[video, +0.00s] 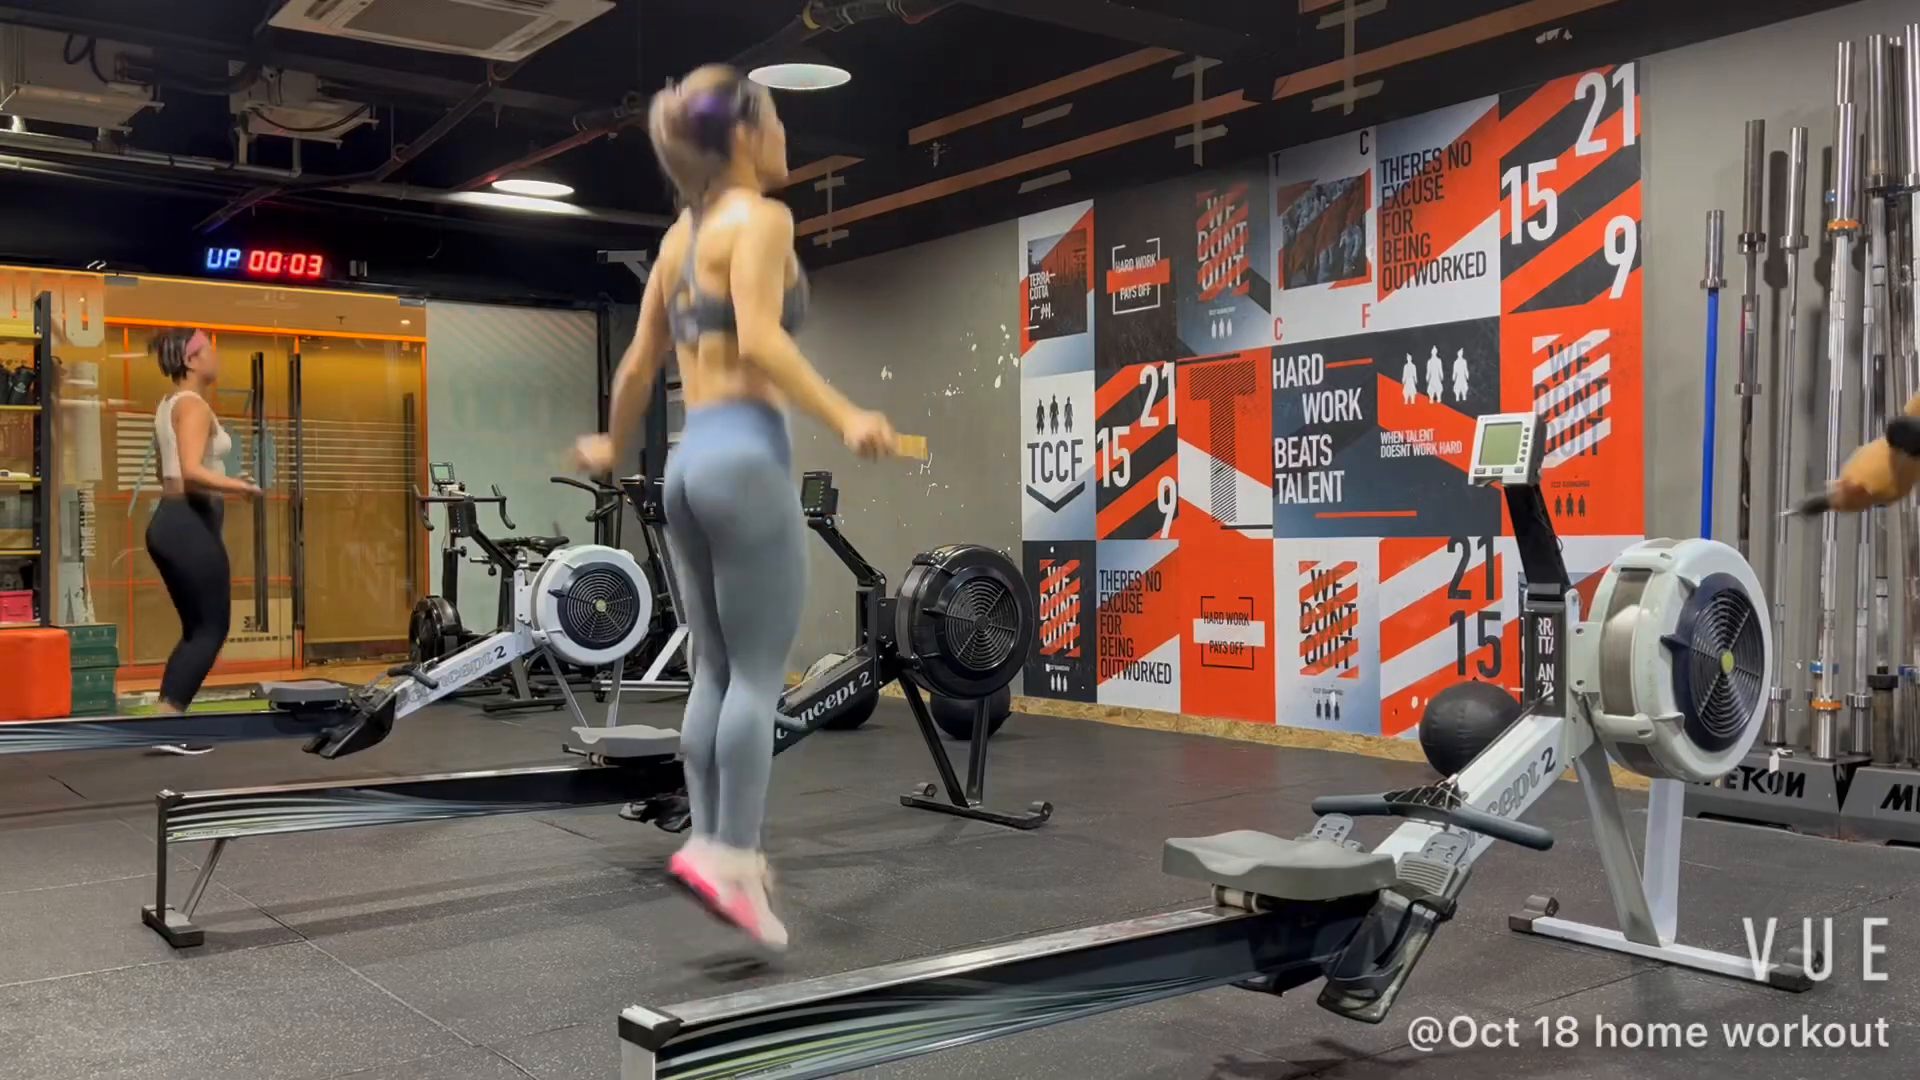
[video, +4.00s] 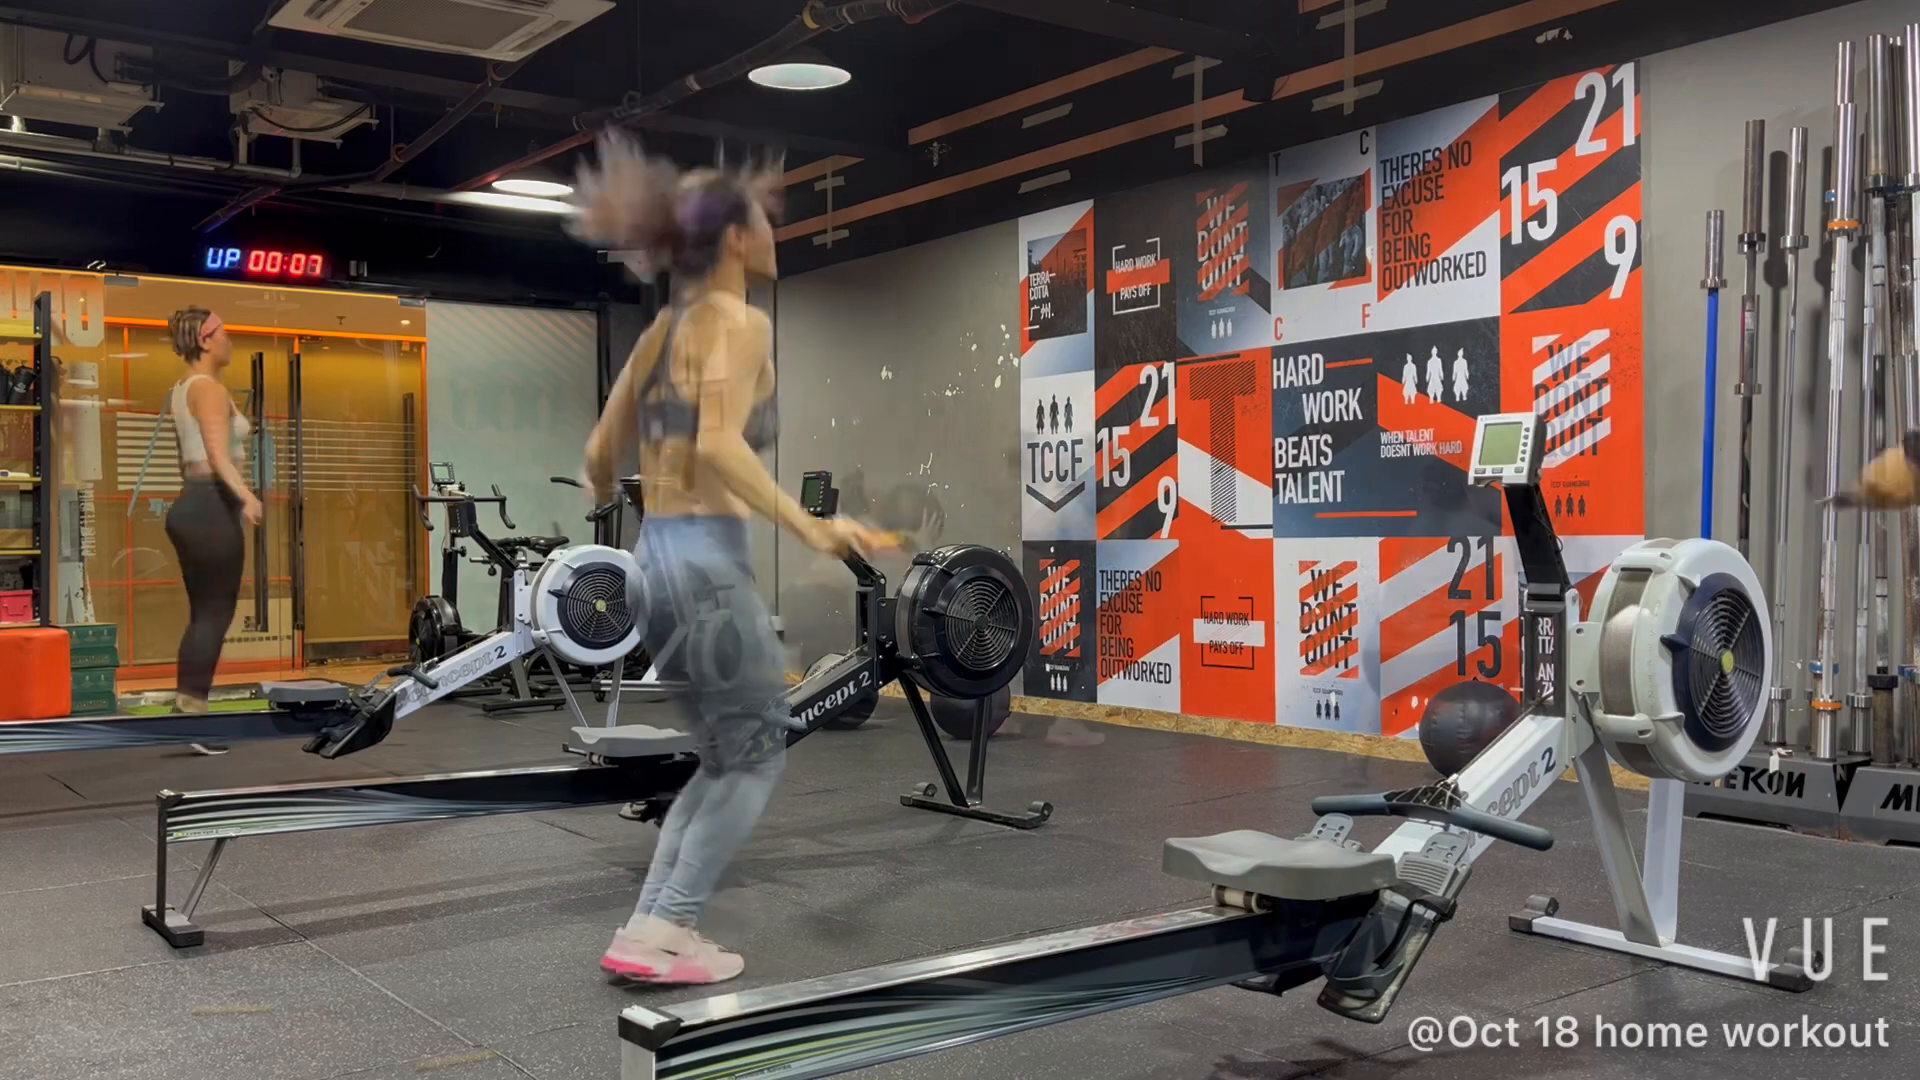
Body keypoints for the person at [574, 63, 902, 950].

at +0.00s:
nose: (781, 133)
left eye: (774, 118)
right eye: (771, 120)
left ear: (704, 145)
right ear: (744, 135)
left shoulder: (677, 237)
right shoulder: (763, 217)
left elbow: (640, 363)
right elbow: (758, 338)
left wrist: (611, 444)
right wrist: (847, 418)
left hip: (686, 457)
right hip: (742, 451)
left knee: (711, 671)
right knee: (755, 674)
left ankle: (709, 846)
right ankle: (736, 856)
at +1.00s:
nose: (775, 217)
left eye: (768, 203)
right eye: (764, 204)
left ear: (707, 227)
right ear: (736, 220)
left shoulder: (668, 312)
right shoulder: (746, 306)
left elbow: (618, 438)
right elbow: (733, 434)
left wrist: (615, 481)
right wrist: (828, 506)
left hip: (669, 542)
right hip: (719, 541)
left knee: (729, 747)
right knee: (761, 745)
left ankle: (672, 915)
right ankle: (683, 922)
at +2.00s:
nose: (763, 96)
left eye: (759, 80)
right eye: (754, 82)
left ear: (691, 96)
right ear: (722, 87)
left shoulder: (654, 188)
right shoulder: (739, 166)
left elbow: (616, 319)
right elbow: (722, 285)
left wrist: (605, 413)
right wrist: (791, 381)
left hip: (657, 412)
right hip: (714, 408)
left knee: (704, 621)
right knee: (750, 618)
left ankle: (689, 795)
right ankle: (712, 805)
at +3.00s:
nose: (763, 123)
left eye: (756, 108)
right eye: (754, 110)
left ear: (684, 133)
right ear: (727, 123)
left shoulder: (659, 223)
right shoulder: (744, 203)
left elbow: (617, 349)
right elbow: (736, 323)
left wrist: (589, 424)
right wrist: (827, 401)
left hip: (669, 446)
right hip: (721, 443)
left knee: (699, 657)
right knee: (739, 659)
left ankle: (689, 838)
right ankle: (711, 846)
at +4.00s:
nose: (775, 228)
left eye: (768, 215)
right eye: (763, 216)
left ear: (707, 242)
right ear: (734, 235)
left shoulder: (665, 328)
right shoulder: (738, 325)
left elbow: (605, 444)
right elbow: (719, 445)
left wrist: (605, 489)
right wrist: (814, 528)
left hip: (658, 555)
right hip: (705, 556)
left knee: (725, 751)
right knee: (755, 745)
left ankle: (649, 923)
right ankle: (667, 929)